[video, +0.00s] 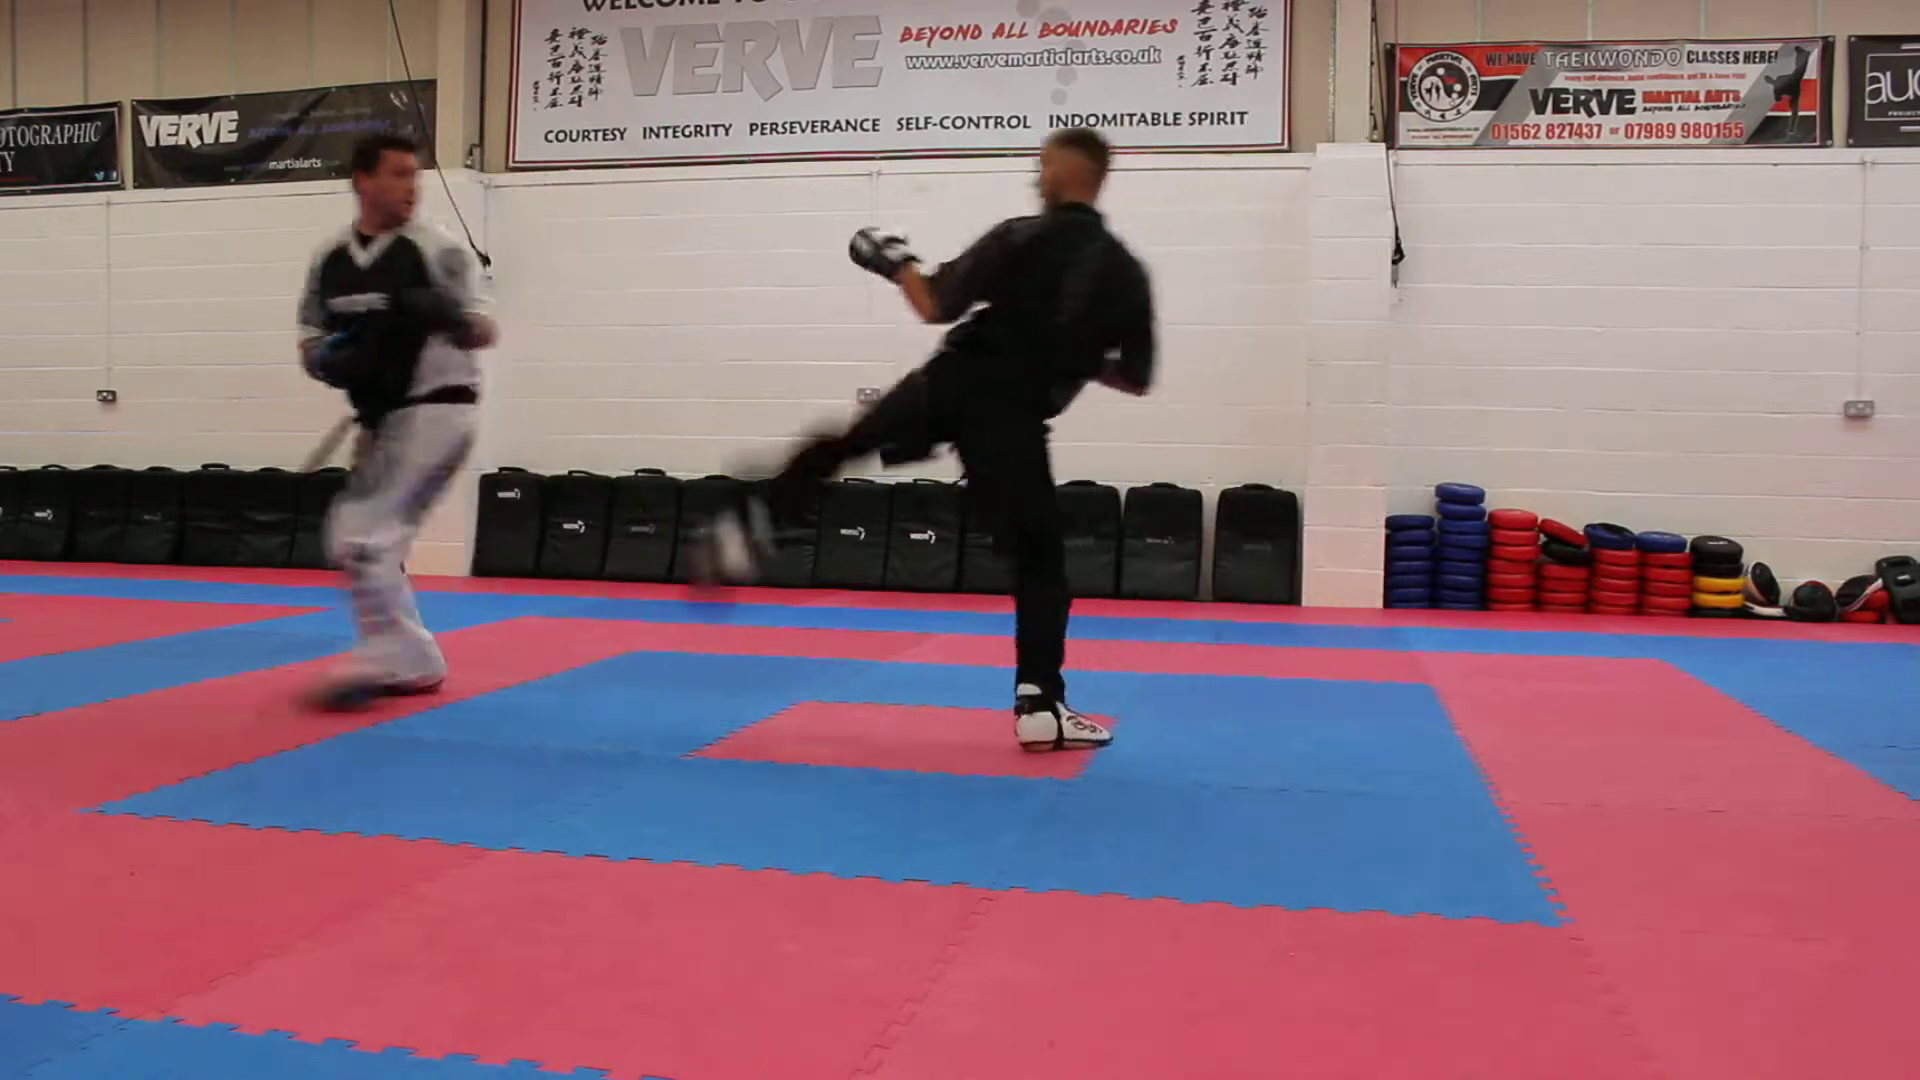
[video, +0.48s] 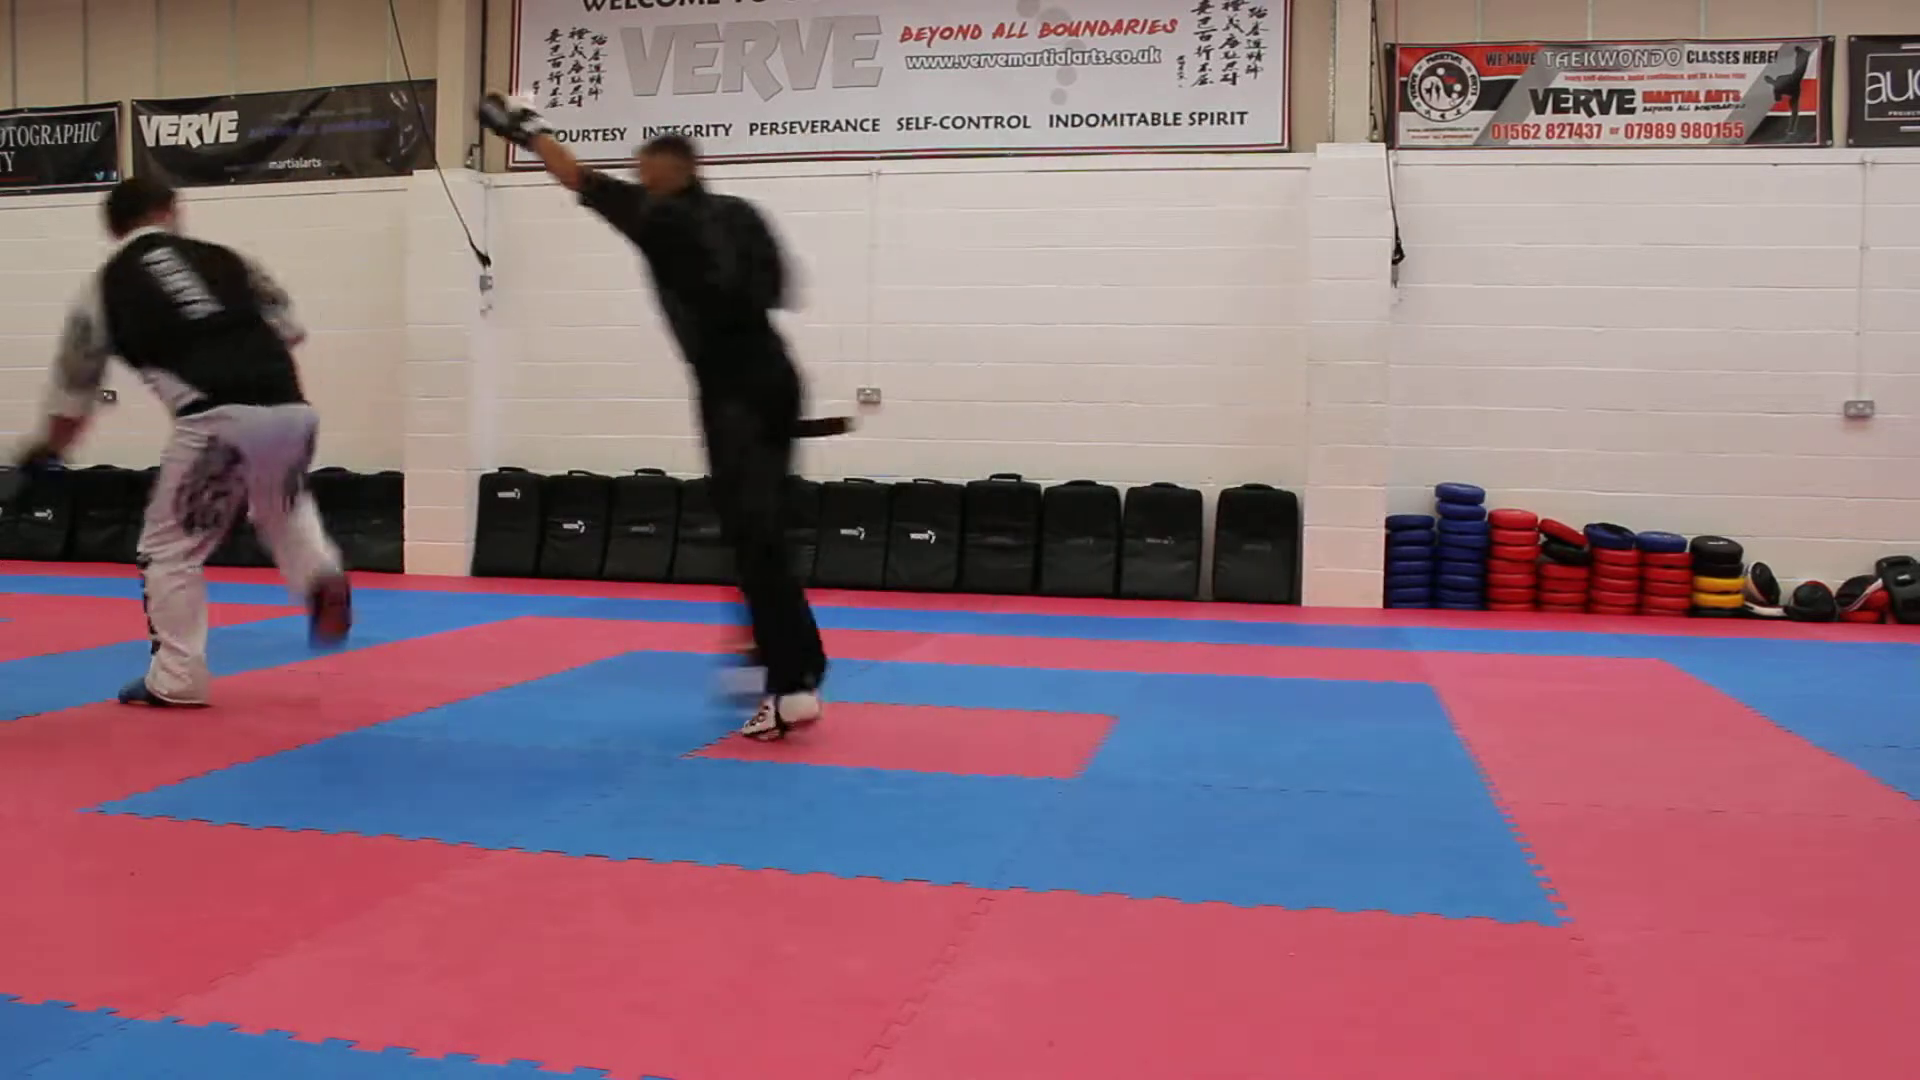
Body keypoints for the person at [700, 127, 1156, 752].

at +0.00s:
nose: (1040, 173)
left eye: (1047, 163)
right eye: (1044, 161)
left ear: (1063, 172)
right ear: (1100, 178)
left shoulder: (1020, 238)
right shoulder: (1126, 273)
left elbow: (935, 304)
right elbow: (1135, 378)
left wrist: (894, 260)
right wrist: (1075, 353)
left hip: (948, 388)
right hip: (1013, 424)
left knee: (847, 444)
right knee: (1041, 558)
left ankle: (756, 521)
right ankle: (1039, 704)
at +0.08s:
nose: (992, 173)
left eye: (1001, 163)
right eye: (995, 161)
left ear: (1023, 170)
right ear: (1047, 175)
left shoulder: (976, 239)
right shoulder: (1076, 265)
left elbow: (887, 292)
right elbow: (1093, 368)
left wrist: (860, 256)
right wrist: (1031, 346)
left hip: (920, 411)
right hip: (990, 430)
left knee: (845, 516)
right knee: (1031, 561)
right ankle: (1040, 708)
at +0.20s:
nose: (881, 168)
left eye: (888, 158)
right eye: (887, 157)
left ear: (899, 166)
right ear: (931, 170)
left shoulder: (867, 231)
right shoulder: (970, 243)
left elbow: (780, 240)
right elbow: (1015, 319)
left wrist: (725, 200)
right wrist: (965, 327)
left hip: (875, 431)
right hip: (948, 433)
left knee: (841, 559)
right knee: (995, 558)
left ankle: (815, 704)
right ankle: (1042, 698)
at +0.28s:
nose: (796, 170)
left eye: (804, 160)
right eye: (801, 159)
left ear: (822, 167)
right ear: (849, 170)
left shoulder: (788, 224)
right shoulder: (892, 231)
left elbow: (705, 190)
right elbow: (949, 293)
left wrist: (628, 162)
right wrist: (905, 318)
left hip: (841, 421)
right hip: (905, 417)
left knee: (814, 558)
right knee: (953, 546)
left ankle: (808, 704)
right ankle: (1021, 674)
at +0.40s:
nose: (695, 177)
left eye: (702, 167)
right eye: (697, 168)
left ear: (723, 169)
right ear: (744, 169)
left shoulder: (706, 217)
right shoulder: (798, 222)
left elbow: (619, 184)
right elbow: (863, 288)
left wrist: (556, 141)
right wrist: (798, 287)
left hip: (777, 398)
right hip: (830, 389)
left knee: (783, 542)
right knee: (852, 524)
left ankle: (800, 698)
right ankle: (889, 651)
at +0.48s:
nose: (643, 176)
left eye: (650, 166)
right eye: (643, 167)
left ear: (676, 169)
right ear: (687, 169)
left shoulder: (662, 218)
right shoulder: (739, 216)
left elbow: (578, 178)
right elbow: (772, 290)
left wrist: (526, 128)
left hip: (731, 392)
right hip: (772, 381)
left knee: (752, 533)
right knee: (758, 528)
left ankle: (794, 682)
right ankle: (788, 658)